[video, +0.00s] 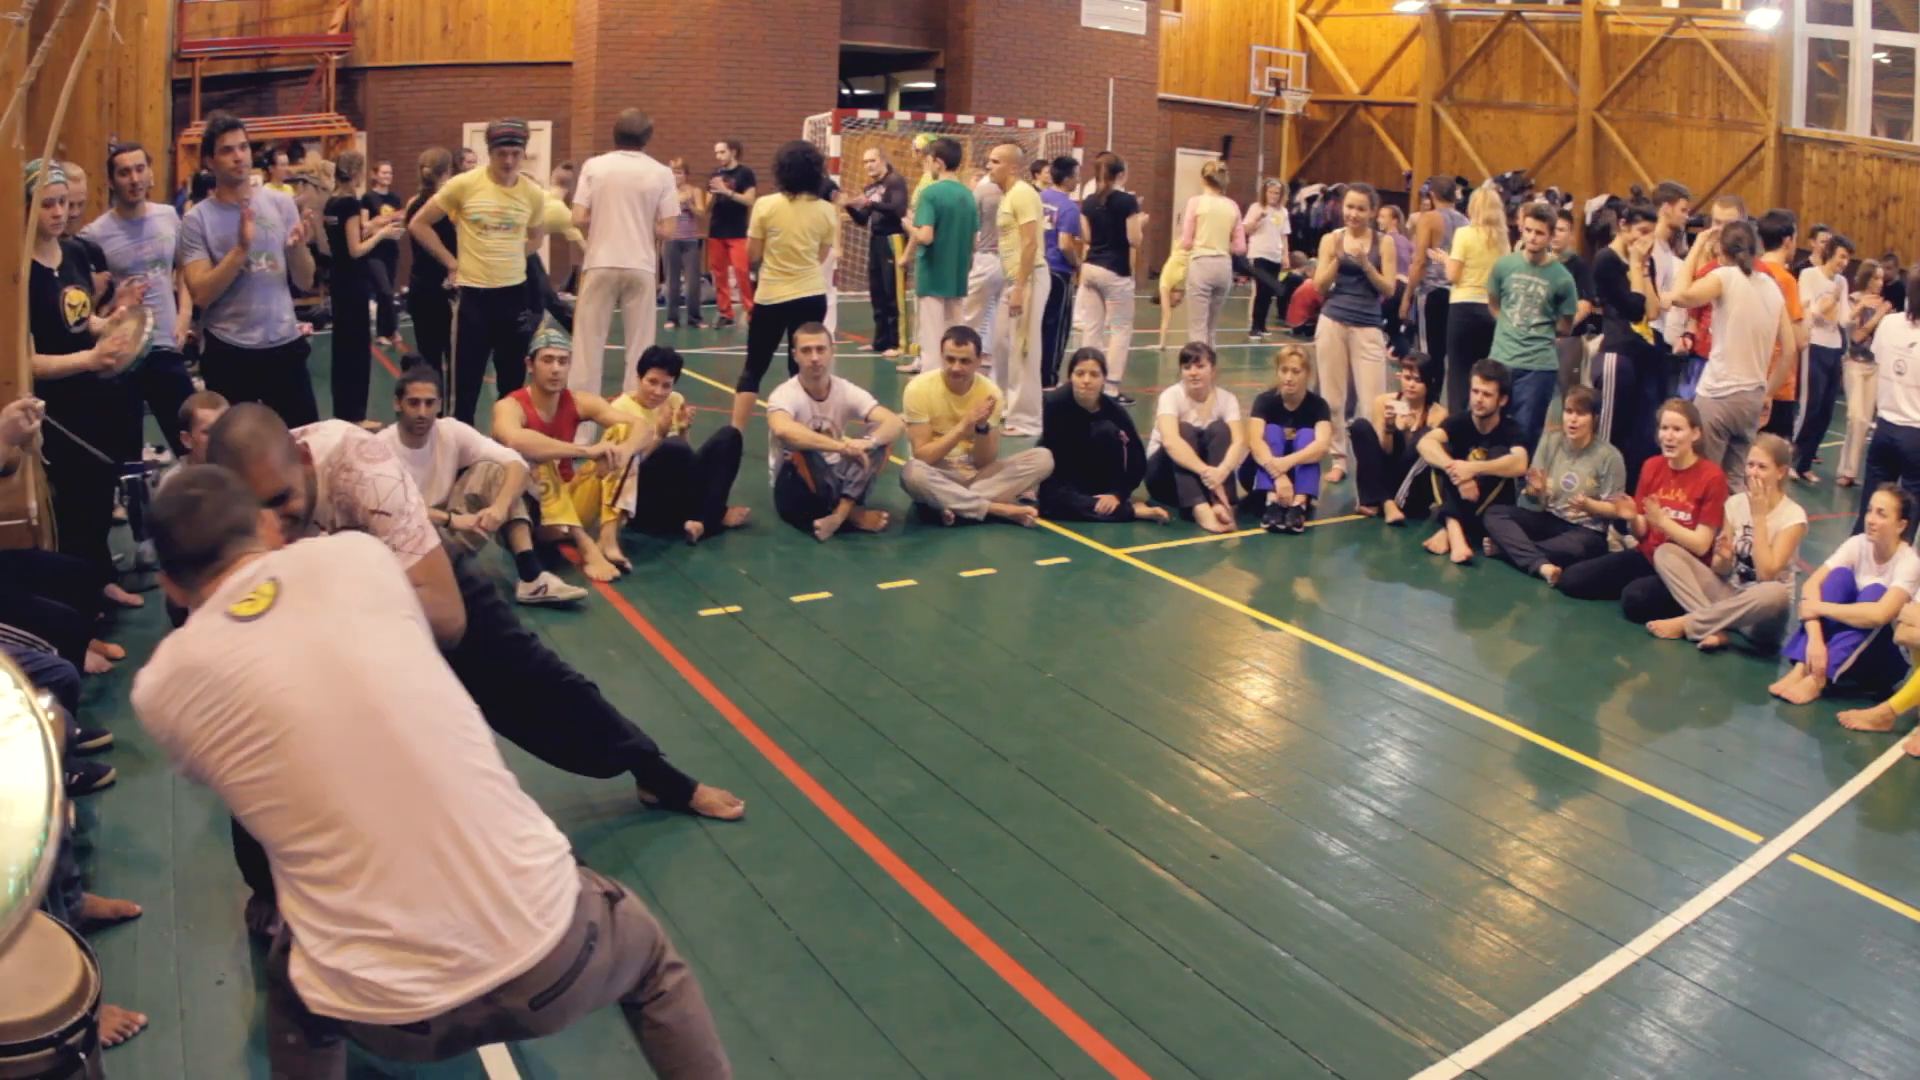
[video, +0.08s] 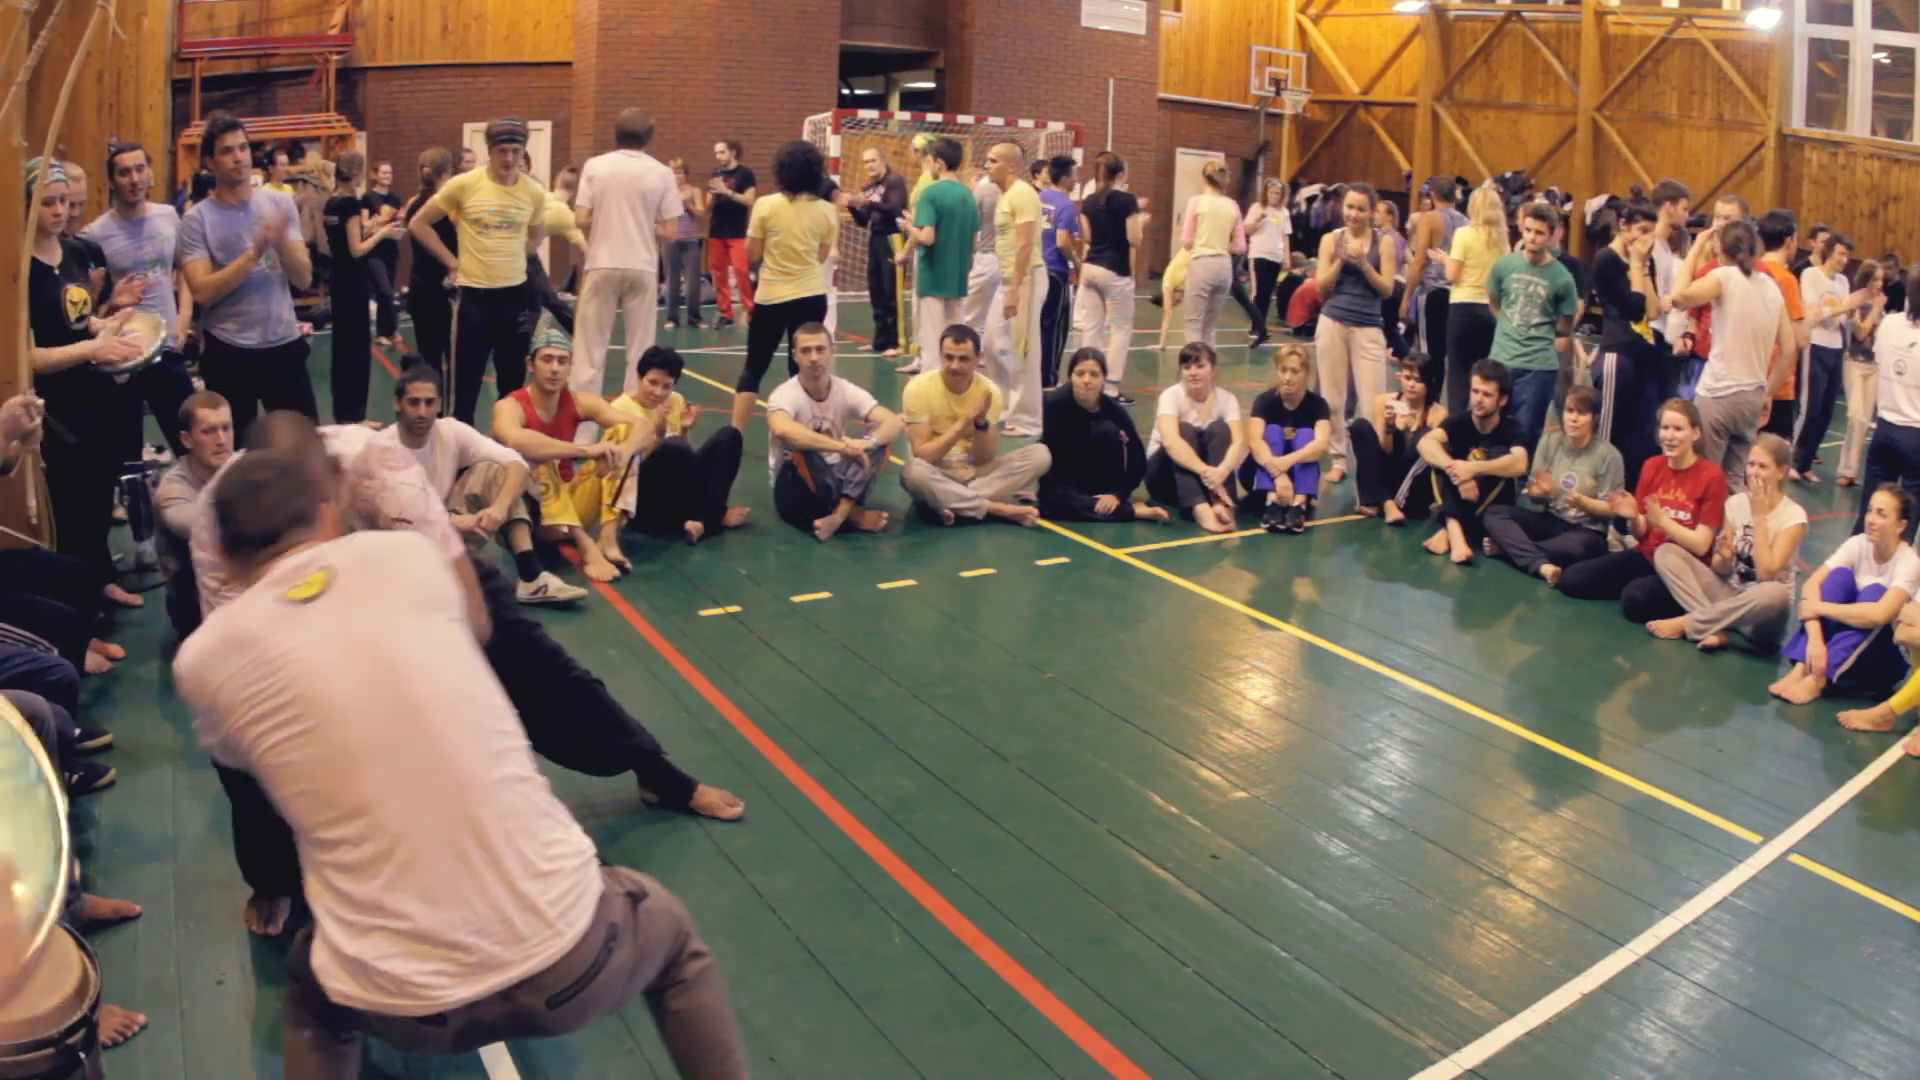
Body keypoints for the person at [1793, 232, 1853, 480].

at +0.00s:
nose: (1844, 263)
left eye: (1847, 258)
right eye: (1841, 257)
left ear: (1847, 260)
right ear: (1829, 254)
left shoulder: (1842, 282)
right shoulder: (1809, 275)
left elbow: (1844, 318)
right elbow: (1810, 312)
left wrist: (1857, 309)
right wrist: (1832, 297)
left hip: (1835, 345)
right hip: (1814, 342)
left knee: (1826, 408)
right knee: (1813, 404)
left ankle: (1806, 462)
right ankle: (1796, 457)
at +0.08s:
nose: (1843, 260)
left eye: (1846, 256)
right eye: (1839, 254)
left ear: (1847, 259)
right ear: (1828, 253)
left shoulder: (1843, 281)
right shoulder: (1810, 275)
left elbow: (1844, 315)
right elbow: (1813, 313)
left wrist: (1854, 308)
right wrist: (1848, 304)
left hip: (1836, 345)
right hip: (1816, 343)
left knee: (1826, 409)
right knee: (1812, 406)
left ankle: (1806, 462)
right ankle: (1796, 461)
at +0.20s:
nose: (1843, 256)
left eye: (1846, 252)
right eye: (1839, 251)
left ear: (1847, 256)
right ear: (1827, 252)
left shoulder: (1844, 280)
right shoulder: (1811, 274)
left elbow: (1843, 313)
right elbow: (1814, 312)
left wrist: (1859, 305)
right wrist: (1848, 304)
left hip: (1836, 346)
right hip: (1815, 344)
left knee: (1825, 409)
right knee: (1810, 406)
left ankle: (1805, 463)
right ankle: (1797, 462)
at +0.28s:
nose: (1842, 257)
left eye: (1845, 253)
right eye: (1838, 251)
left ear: (1847, 256)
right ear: (1826, 252)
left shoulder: (1843, 281)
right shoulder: (1810, 274)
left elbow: (1852, 315)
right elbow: (1813, 310)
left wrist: (1868, 304)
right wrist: (1842, 300)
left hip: (1836, 346)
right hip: (1815, 342)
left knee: (1825, 409)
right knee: (1812, 407)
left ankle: (1806, 463)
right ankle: (1796, 462)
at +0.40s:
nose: (1842, 259)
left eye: (1845, 255)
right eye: (1839, 253)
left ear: (1846, 257)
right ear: (1826, 253)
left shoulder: (1840, 282)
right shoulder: (1810, 276)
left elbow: (1844, 315)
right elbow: (1812, 314)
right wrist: (1839, 298)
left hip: (1835, 346)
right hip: (1815, 343)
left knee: (1825, 410)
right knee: (1811, 407)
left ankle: (1807, 462)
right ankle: (1796, 464)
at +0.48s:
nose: (1842, 258)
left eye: (1844, 253)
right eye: (1838, 252)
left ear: (1844, 256)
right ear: (1825, 252)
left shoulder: (1840, 280)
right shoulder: (1809, 275)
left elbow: (1840, 314)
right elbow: (1813, 314)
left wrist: (1850, 307)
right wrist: (1848, 305)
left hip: (1835, 345)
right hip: (1815, 344)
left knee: (1823, 410)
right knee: (1810, 409)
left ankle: (1805, 464)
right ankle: (1795, 465)